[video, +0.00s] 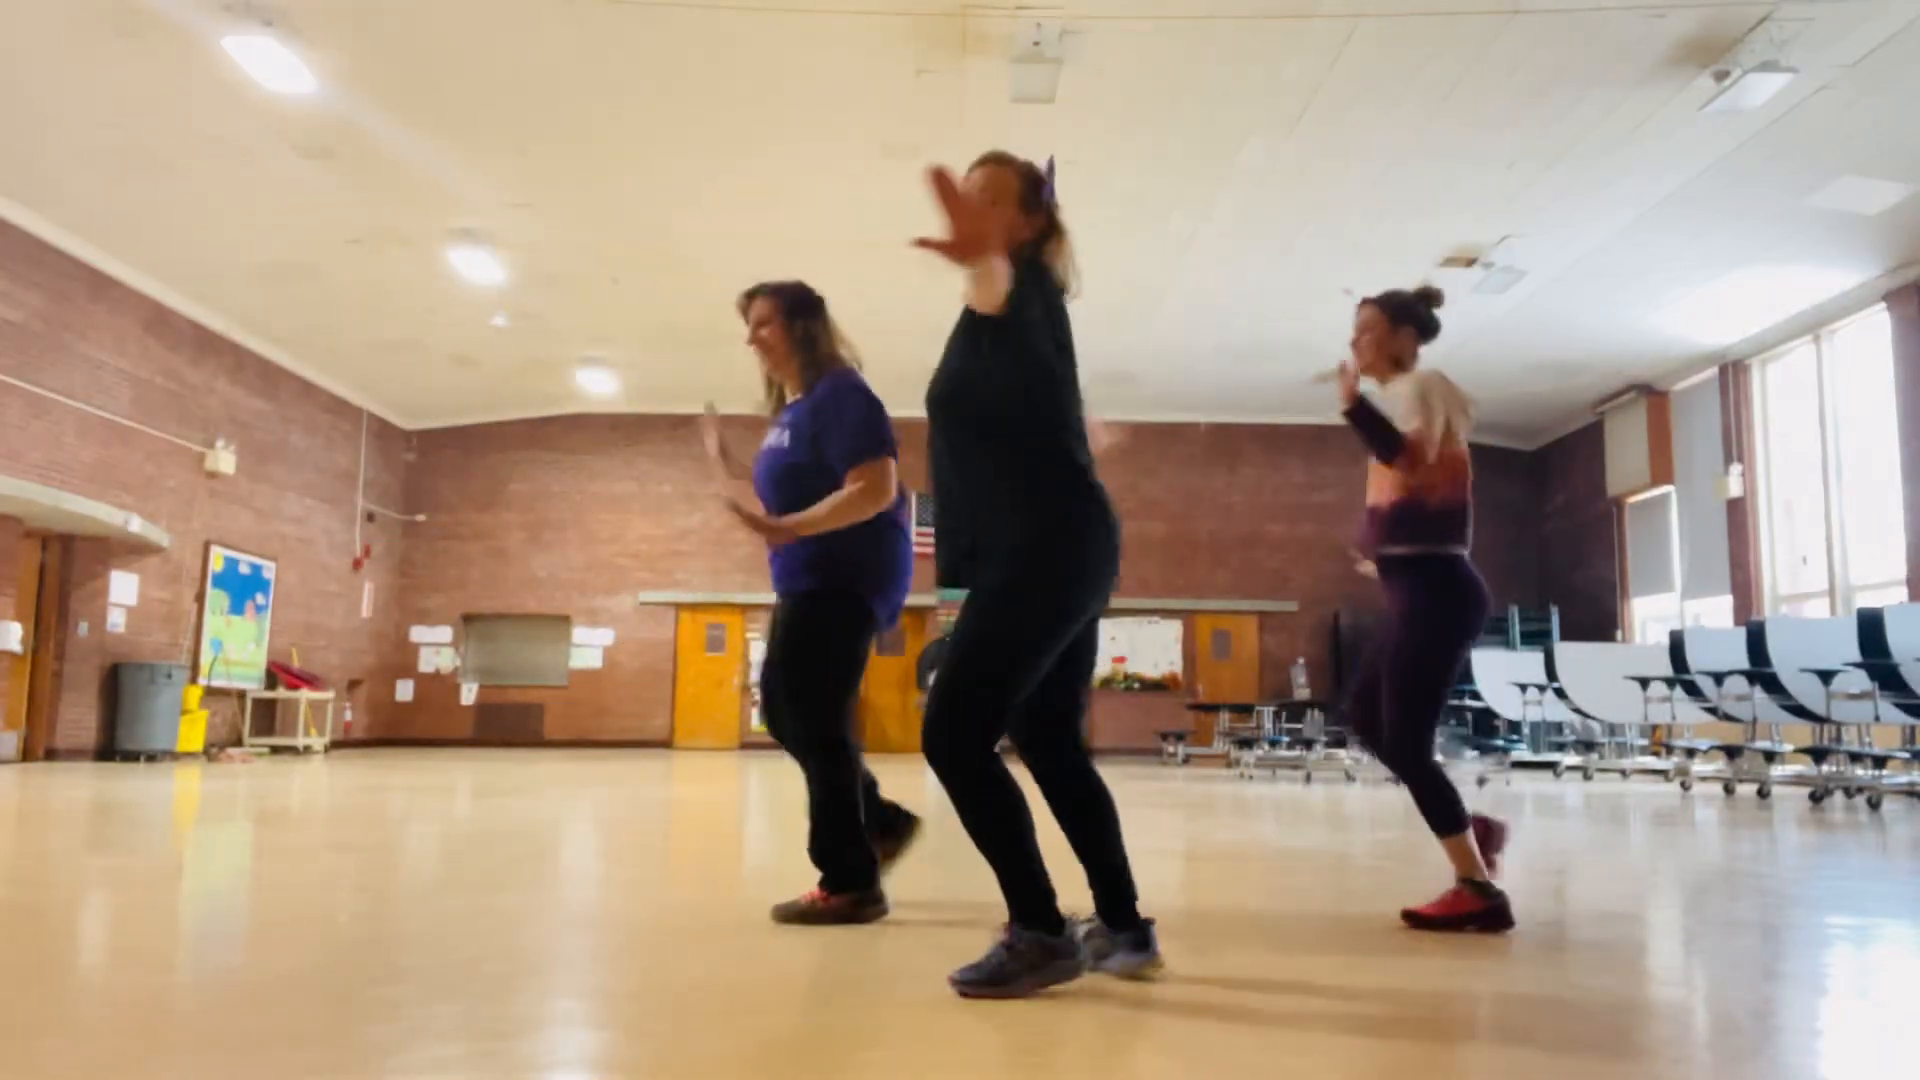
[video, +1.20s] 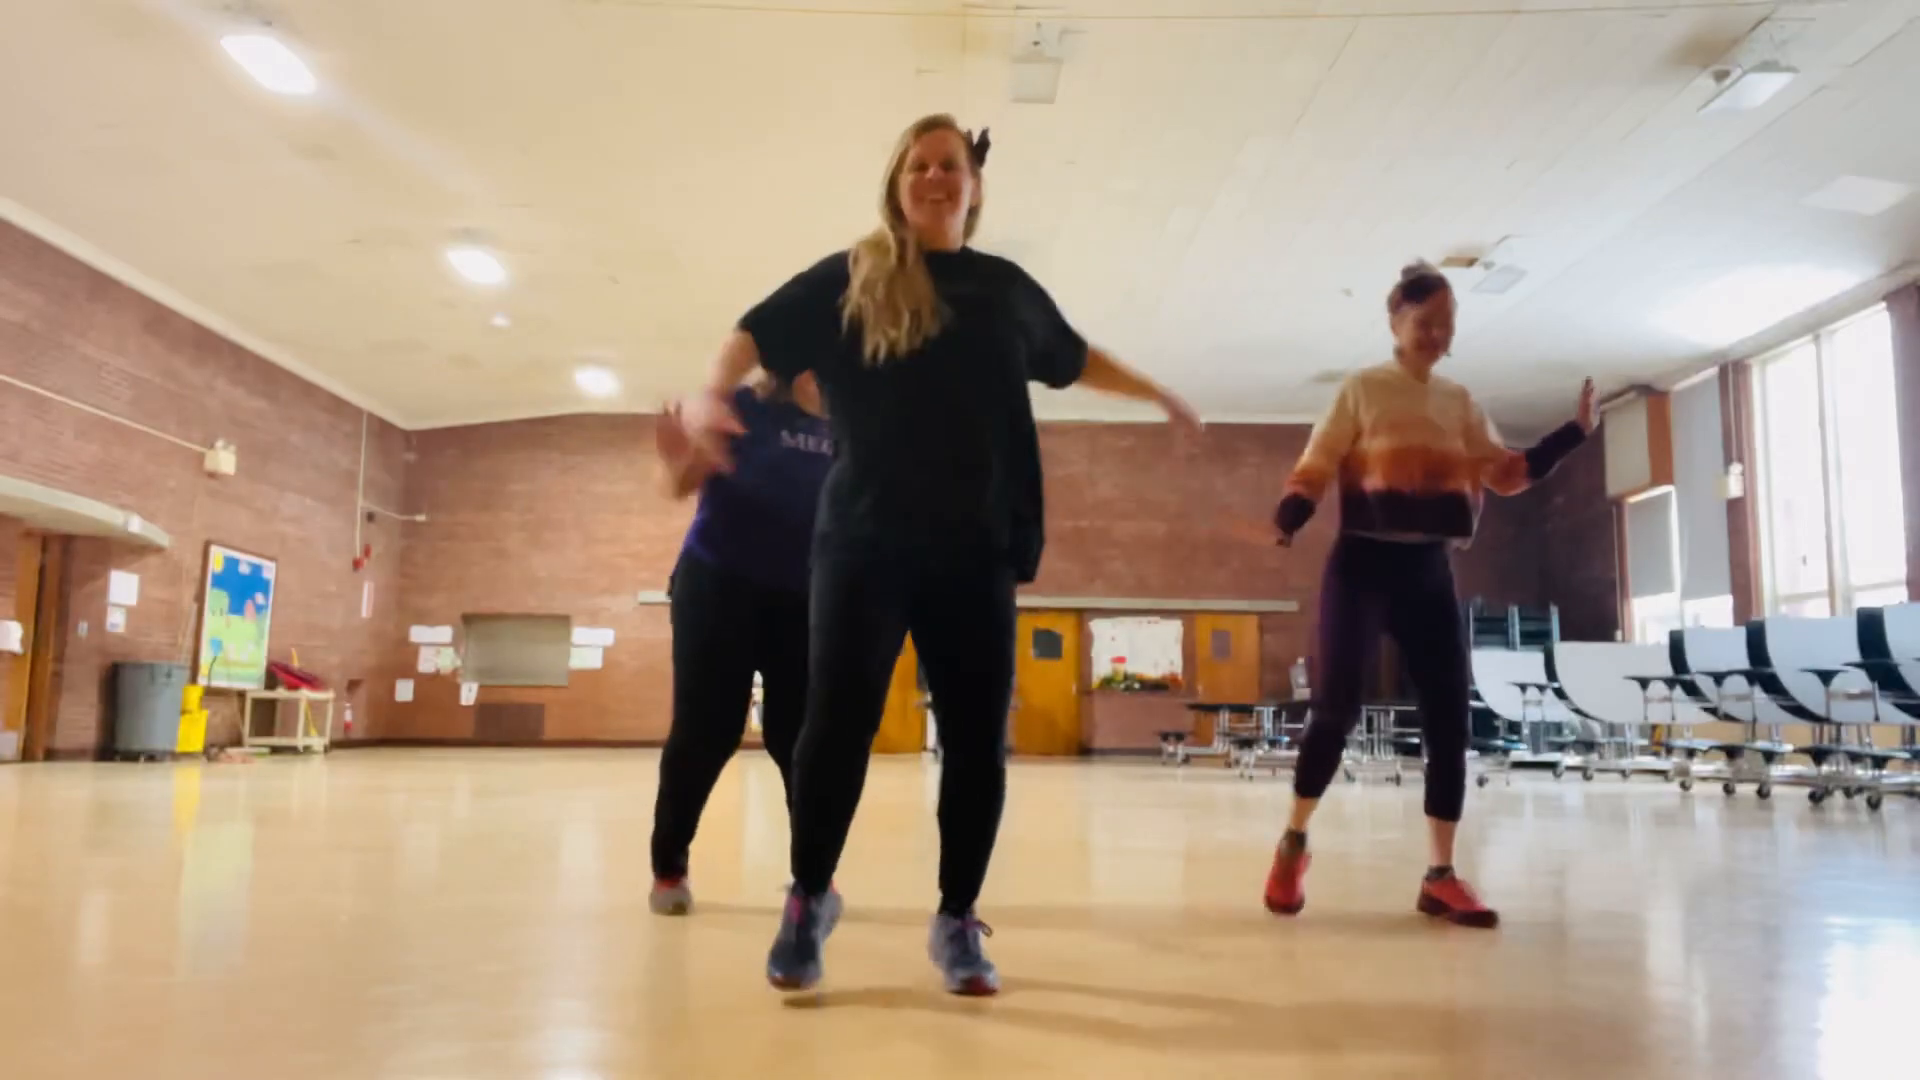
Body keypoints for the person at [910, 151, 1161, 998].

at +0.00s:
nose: (966, 202)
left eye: (983, 192)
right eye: (968, 190)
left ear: (1025, 218)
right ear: (995, 217)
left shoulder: (1014, 289)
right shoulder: (1011, 298)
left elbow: (1000, 281)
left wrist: (980, 253)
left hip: (1046, 546)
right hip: (1058, 545)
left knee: (954, 735)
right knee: (1047, 736)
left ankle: (1040, 932)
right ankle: (1124, 926)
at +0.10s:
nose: (972, 217)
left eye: (993, 207)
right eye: (965, 203)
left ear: (1028, 224)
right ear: (954, 219)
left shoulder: (1028, 286)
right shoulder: (970, 313)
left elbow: (1057, 282)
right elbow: (962, 447)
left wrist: (1087, 254)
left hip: (1053, 546)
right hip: (1004, 554)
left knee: (976, 732)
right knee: (975, 732)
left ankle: (1043, 940)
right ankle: (1085, 886)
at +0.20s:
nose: (974, 216)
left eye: (995, 207)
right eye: (964, 203)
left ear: (1029, 229)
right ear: (948, 225)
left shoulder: (1043, 300)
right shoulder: (950, 330)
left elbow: (1107, 296)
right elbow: (930, 459)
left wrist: (1175, 281)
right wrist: (864, 537)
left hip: (1050, 554)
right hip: (970, 564)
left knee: (995, 731)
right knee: (901, 713)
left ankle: (1045, 941)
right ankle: (1008, 851)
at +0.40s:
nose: (968, 199)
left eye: (987, 190)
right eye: (958, 186)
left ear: (1015, 213)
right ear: (935, 204)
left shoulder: (1046, 297)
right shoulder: (914, 315)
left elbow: (1158, 310)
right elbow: (900, 423)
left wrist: (1285, 312)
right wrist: (847, 442)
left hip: (1024, 555)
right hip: (930, 559)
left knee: (982, 734)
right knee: (909, 734)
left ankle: (1028, 930)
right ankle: (935, 920)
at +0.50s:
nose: (964, 207)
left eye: (981, 197)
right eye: (952, 195)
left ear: (1009, 218)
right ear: (931, 214)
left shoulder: (1048, 308)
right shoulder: (902, 321)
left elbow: (1168, 322)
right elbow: (828, 384)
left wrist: (1303, 330)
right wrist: (761, 417)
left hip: (1011, 561)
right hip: (911, 559)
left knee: (972, 738)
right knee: (888, 733)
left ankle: (990, 930)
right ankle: (924, 916)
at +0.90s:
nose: (957, 188)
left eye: (972, 179)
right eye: (941, 177)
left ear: (993, 206)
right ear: (914, 202)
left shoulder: (1027, 309)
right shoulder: (861, 302)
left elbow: (1134, 342)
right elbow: (752, 343)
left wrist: (1232, 368)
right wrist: (648, 364)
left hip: (988, 567)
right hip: (877, 565)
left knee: (988, 751)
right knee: (869, 753)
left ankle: (979, 924)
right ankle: (877, 938)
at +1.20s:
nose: (937, 176)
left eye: (951, 165)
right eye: (922, 165)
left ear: (976, 185)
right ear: (896, 186)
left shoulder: (1006, 289)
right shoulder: (852, 278)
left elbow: (1072, 359)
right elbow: (751, 338)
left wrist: (1163, 396)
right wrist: (712, 397)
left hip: (972, 550)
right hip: (862, 544)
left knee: (976, 743)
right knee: (836, 726)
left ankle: (959, 919)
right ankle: (808, 899)